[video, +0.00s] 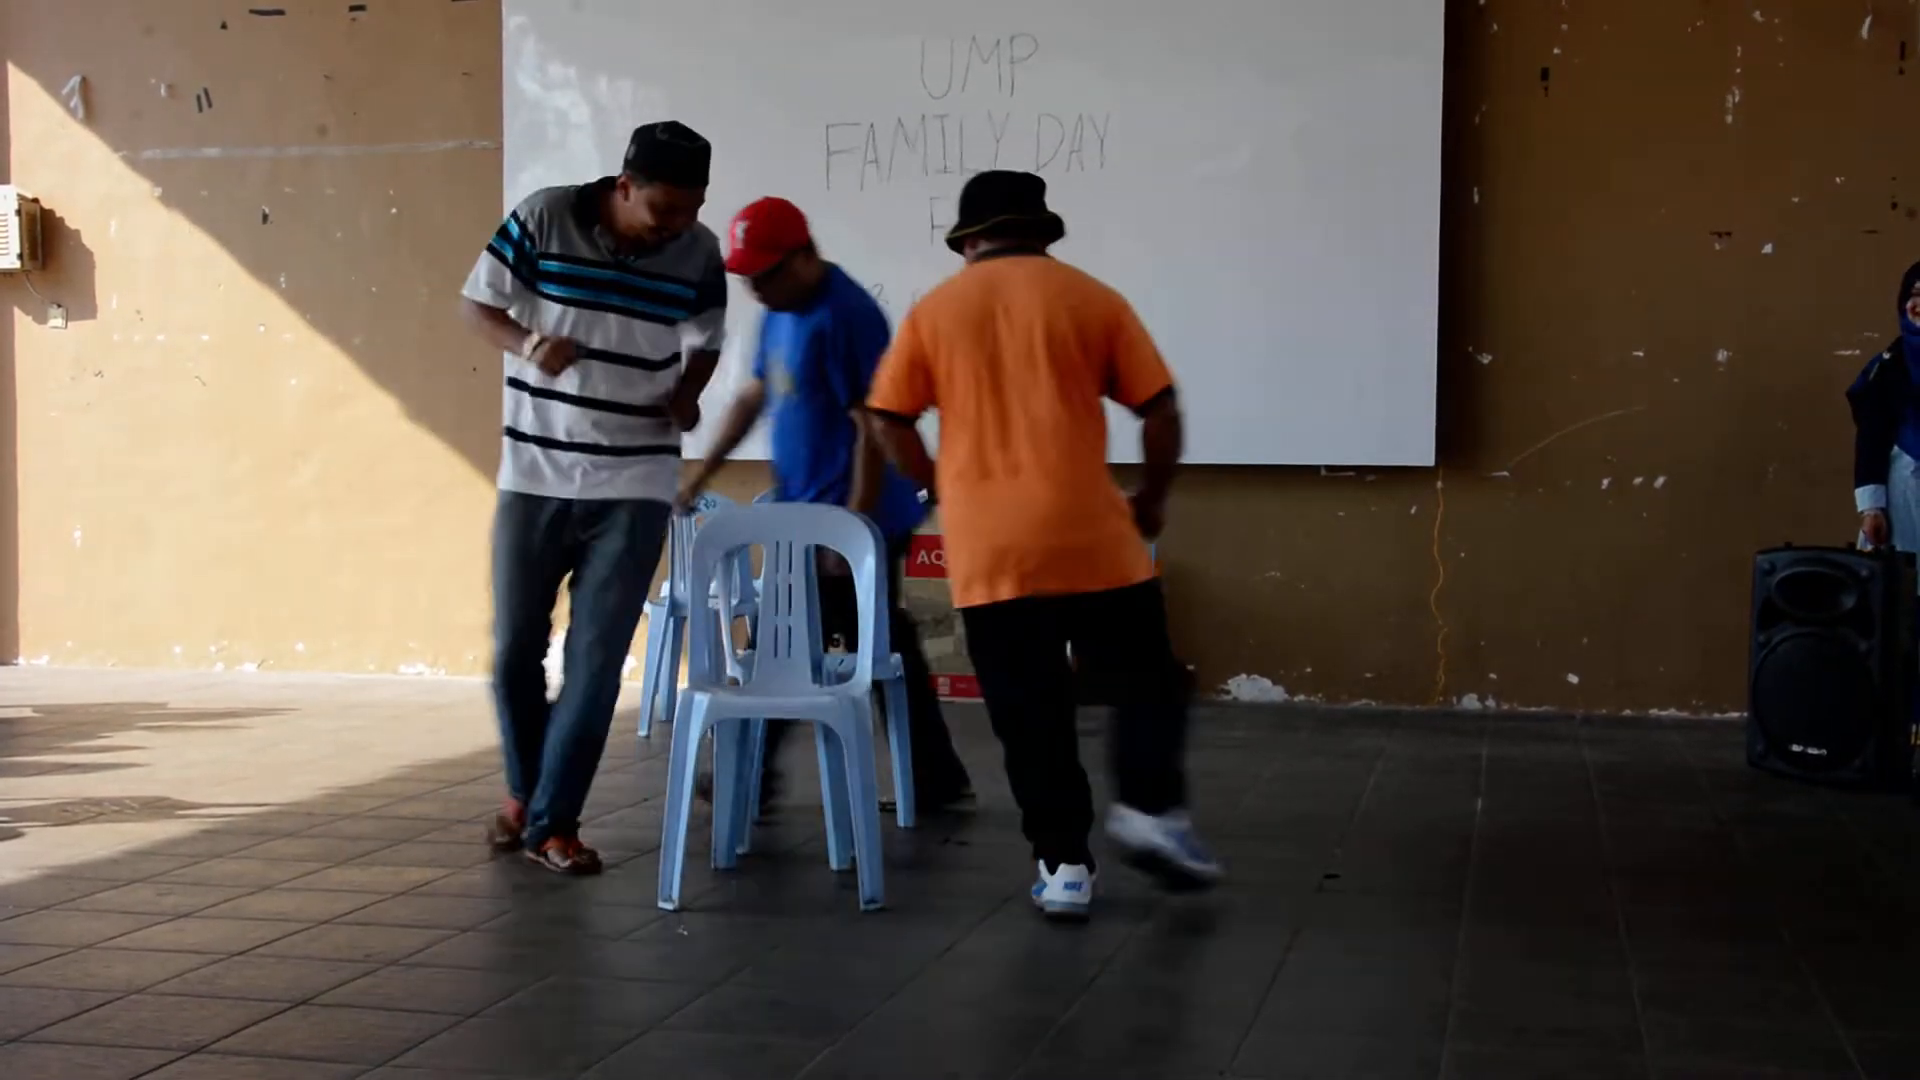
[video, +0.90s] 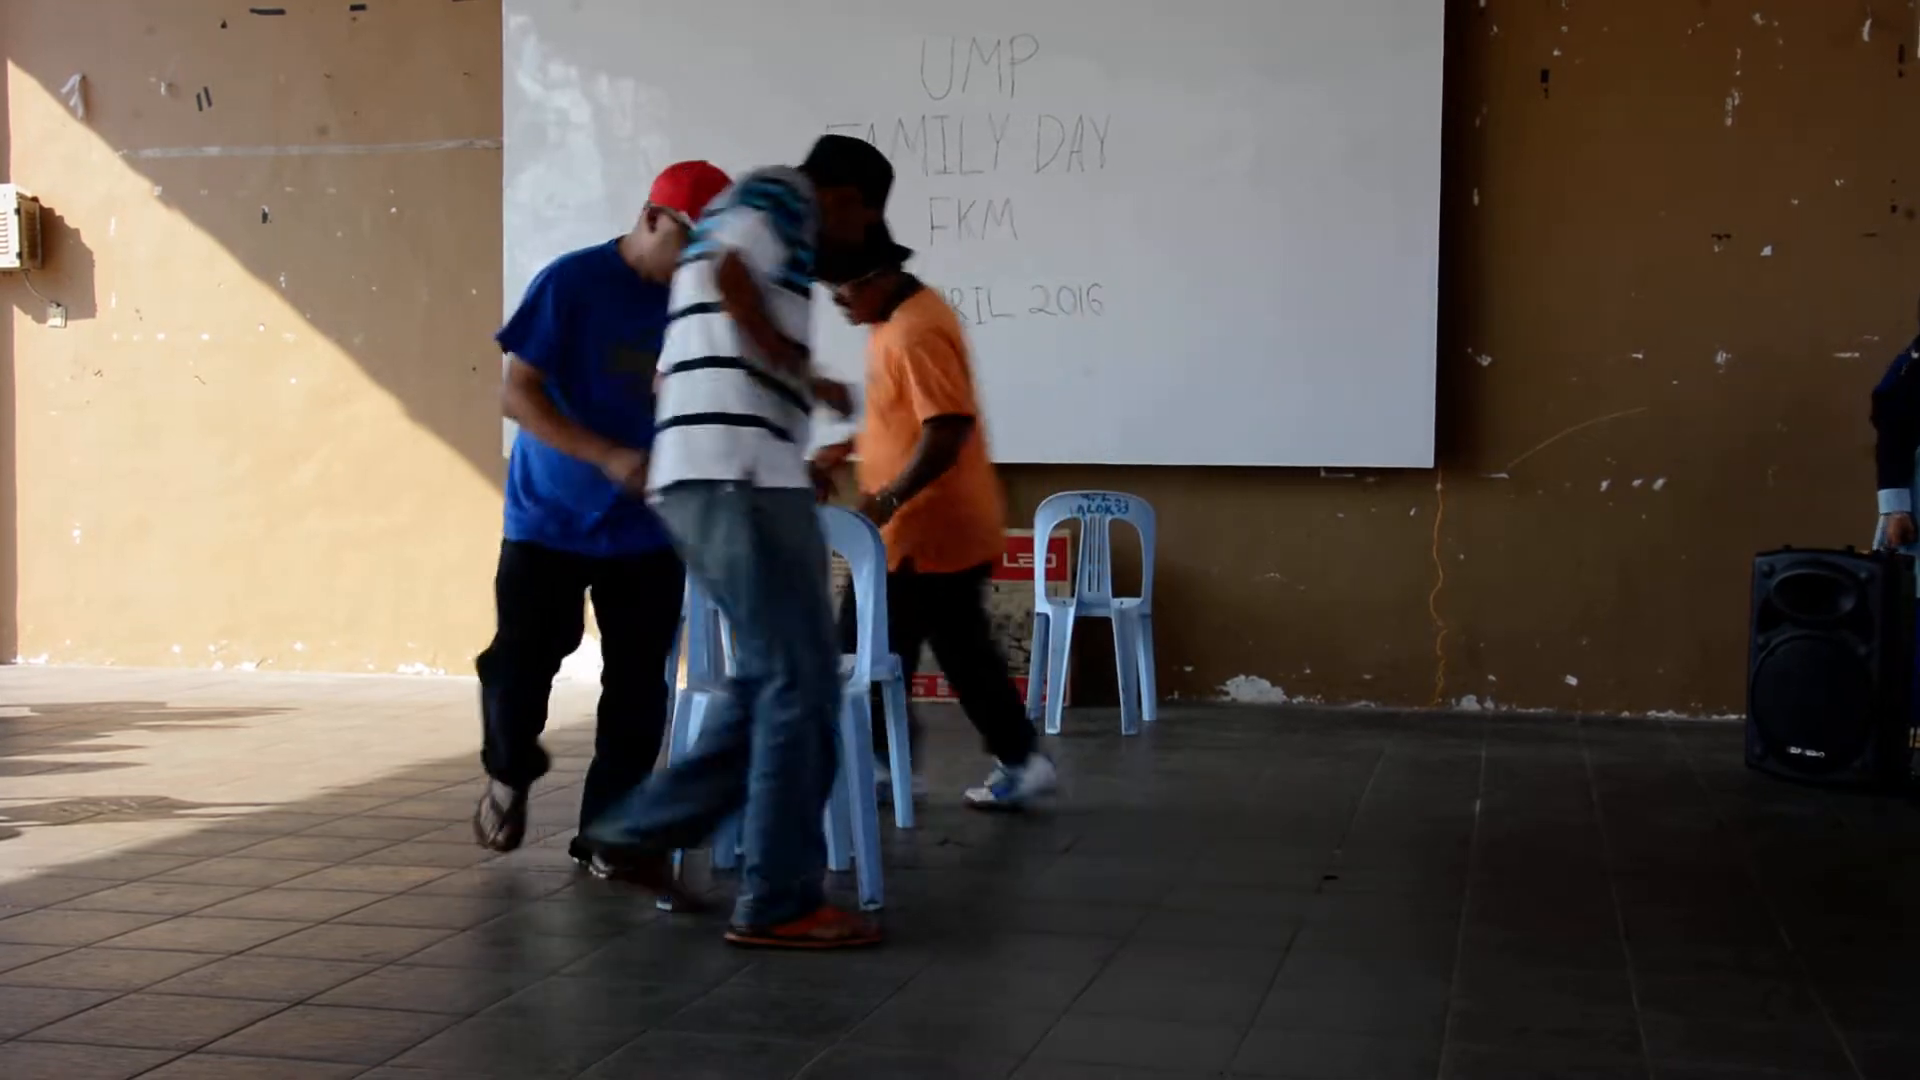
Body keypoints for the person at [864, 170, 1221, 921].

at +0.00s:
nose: (958, 255)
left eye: (959, 245)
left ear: (968, 241)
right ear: (1043, 233)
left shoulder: (935, 310)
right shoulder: (1090, 297)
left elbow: (886, 415)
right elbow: (1161, 409)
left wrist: (935, 485)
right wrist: (1153, 495)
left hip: (986, 546)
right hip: (1090, 533)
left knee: (1030, 717)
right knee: (1150, 675)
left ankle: (1063, 866)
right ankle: (1148, 808)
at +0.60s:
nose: (918, 304)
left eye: (918, 290)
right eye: (913, 293)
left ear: (942, 276)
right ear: (977, 265)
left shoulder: (962, 336)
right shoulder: (1055, 309)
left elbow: (963, 442)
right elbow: (1113, 386)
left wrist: (923, 502)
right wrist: (1076, 450)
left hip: (1015, 541)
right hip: (1086, 531)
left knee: (1027, 677)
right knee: (1071, 658)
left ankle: (1093, 797)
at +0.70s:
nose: (898, 303)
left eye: (899, 290)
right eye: (893, 293)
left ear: (926, 273)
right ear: (949, 266)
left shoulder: (944, 332)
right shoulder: (1028, 304)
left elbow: (952, 434)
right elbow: (1073, 374)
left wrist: (907, 498)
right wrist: (1025, 427)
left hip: (988, 529)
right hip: (1052, 518)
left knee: (977, 657)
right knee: (1023, 649)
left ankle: (1074, 765)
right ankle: (1028, 771)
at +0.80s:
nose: (869, 308)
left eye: (873, 295)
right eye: (864, 298)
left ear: (905, 282)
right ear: (923, 276)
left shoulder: (936, 338)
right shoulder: (978, 316)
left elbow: (953, 443)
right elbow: (980, 427)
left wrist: (896, 516)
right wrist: (913, 460)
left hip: (959, 533)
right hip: (1007, 524)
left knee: (918, 648)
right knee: (998, 655)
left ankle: (996, 757)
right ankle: (1033, 772)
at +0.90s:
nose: (842, 307)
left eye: (845, 295)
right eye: (838, 297)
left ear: (876, 281)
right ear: (878, 279)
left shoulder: (914, 331)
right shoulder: (903, 320)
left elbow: (949, 425)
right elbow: (902, 421)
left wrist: (888, 497)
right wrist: (847, 452)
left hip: (931, 529)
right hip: (937, 524)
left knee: (876, 653)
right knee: (965, 649)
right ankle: (1021, 758)